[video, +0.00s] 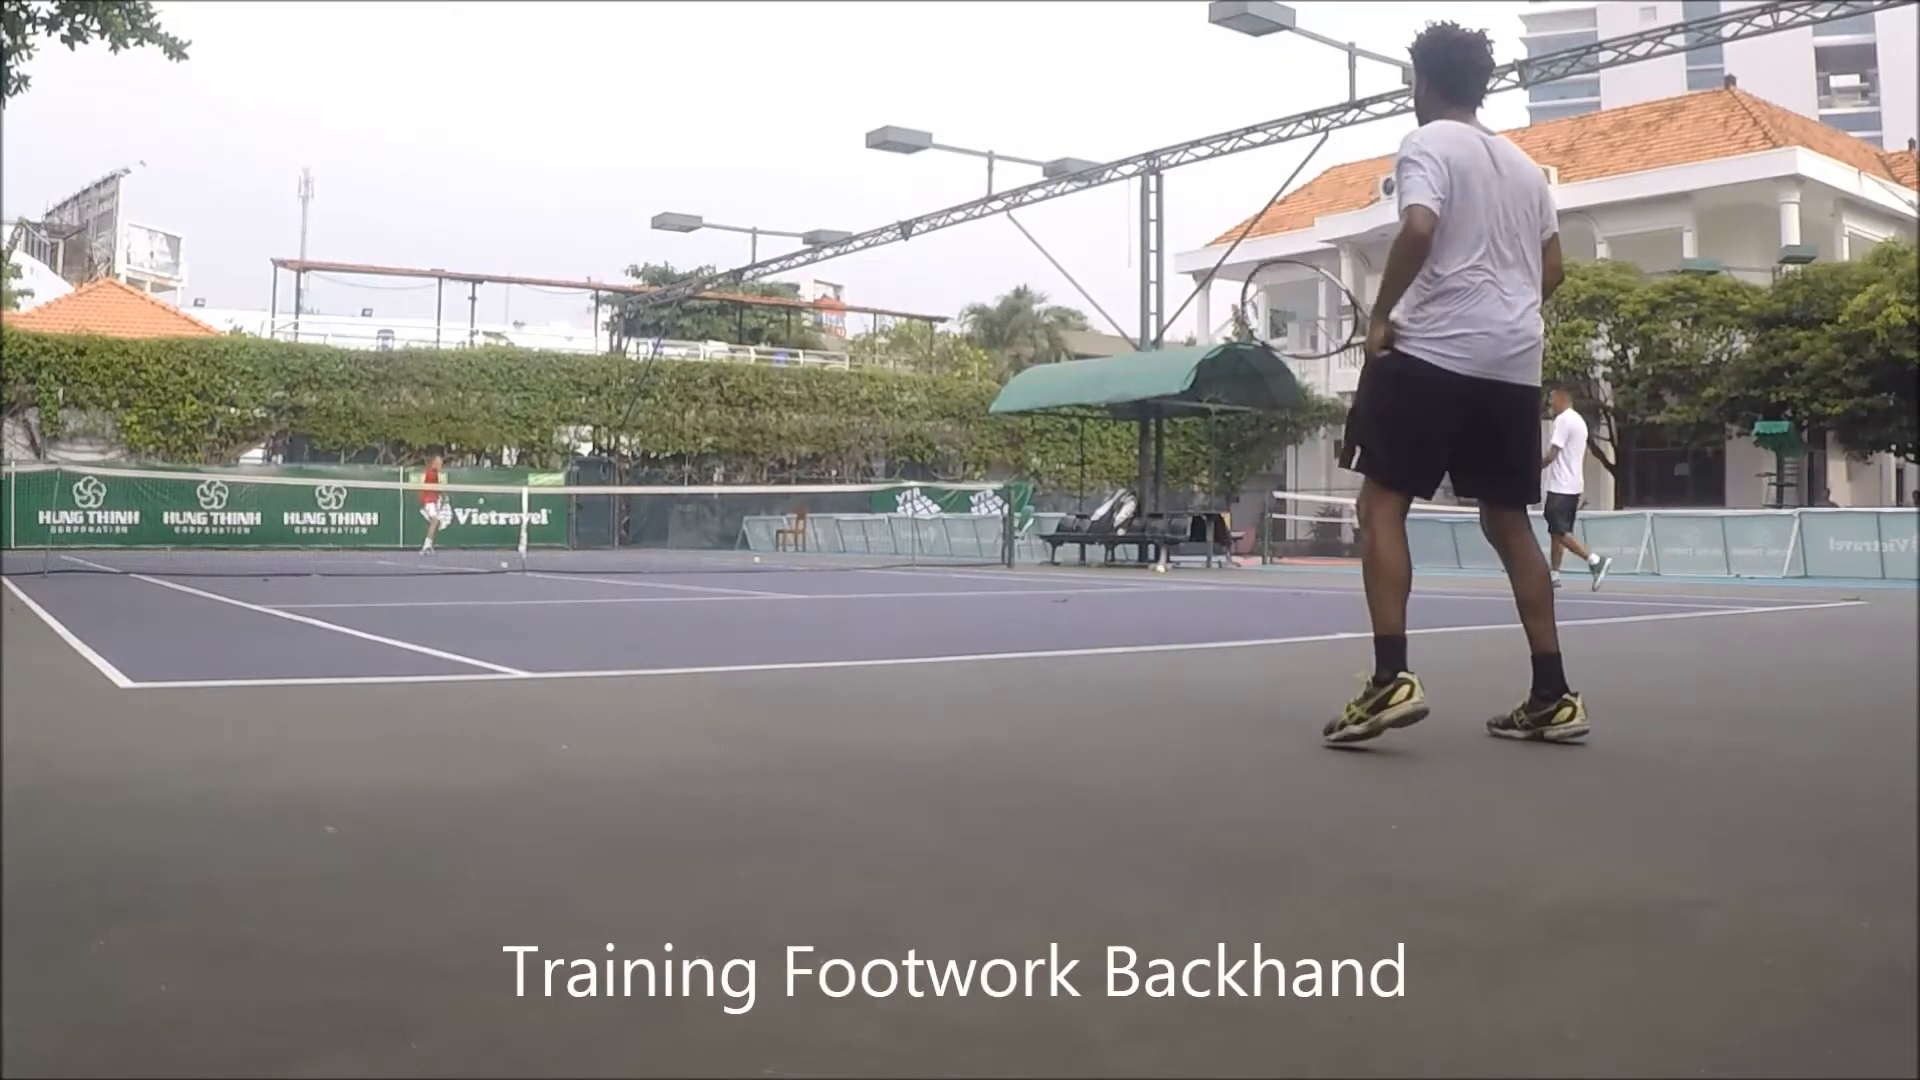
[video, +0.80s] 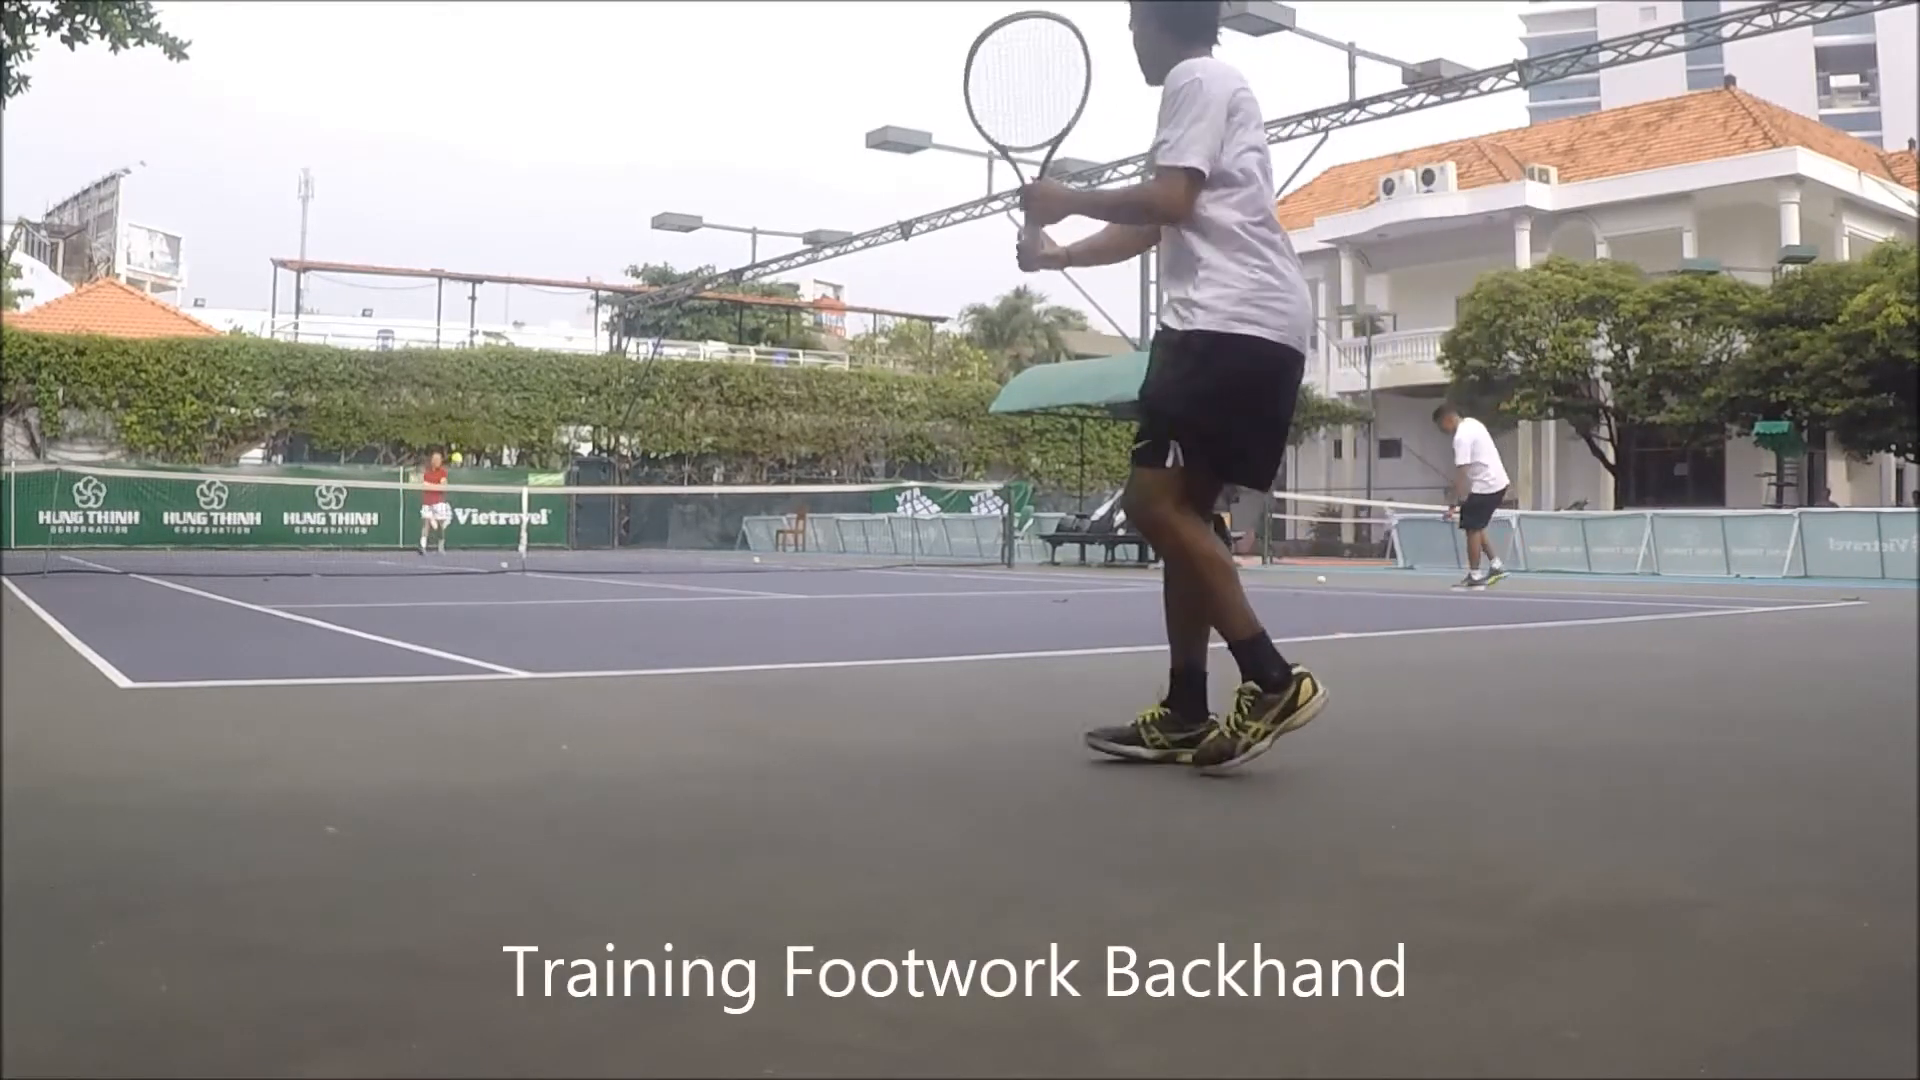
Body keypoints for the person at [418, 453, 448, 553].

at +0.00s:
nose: (440, 465)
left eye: (441, 462)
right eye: (438, 462)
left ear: (439, 463)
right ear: (432, 462)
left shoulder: (435, 474)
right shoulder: (430, 473)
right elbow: (430, 487)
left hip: (434, 500)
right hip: (429, 500)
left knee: (435, 521)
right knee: (435, 520)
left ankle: (429, 545)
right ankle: (427, 545)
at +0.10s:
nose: (439, 463)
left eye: (440, 460)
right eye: (437, 461)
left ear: (441, 461)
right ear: (431, 461)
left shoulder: (442, 472)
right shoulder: (422, 473)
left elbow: (444, 486)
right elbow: (420, 487)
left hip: (439, 499)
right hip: (427, 499)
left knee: (436, 522)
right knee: (430, 519)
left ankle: (424, 541)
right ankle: (426, 544)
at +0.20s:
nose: (438, 466)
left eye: (440, 464)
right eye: (435, 464)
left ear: (442, 463)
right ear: (431, 461)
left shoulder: (441, 472)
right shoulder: (426, 471)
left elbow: (442, 485)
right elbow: (425, 484)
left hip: (436, 498)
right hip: (427, 497)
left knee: (435, 521)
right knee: (430, 519)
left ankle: (420, 540)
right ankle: (425, 545)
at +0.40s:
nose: (438, 459)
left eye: (440, 456)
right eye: (436, 456)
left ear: (441, 457)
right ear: (430, 456)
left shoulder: (441, 468)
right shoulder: (424, 467)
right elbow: (417, 472)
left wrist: (422, 457)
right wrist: (417, 462)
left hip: (438, 493)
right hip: (429, 493)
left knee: (438, 519)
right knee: (431, 517)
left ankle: (423, 538)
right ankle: (426, 543)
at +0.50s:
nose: (438, 459)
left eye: (439, 457)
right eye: (435, 457)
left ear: (442, 458)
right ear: (429, 457)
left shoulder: (442, 468)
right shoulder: (424, 467)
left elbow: (438, 464)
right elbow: (416, 474)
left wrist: (423, 459)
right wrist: (417, 461)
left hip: (438, 493)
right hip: (428, 493)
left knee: (438, 522)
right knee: (431, 517)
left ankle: (426, 537)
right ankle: (426, 542)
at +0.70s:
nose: (437, 459)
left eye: (439, 457)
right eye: (435, 457)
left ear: (442, 459)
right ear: (431, 458)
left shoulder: (443, 469)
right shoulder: (427, 468)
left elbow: (439, 480)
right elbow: (421, 477)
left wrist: (424, 477)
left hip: (438, 495)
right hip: (427, 496)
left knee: (440, 520)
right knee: (427, 520)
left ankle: (441, 544)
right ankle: (425, 543)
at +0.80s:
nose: (436, 461)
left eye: (438, 459)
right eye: (434, 459)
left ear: (442, 460)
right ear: (430, 460)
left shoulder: (442, 472)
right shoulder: (427, 472)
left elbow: (443, 486)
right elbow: (423, 484)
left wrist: (428, 485)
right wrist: (438, 486)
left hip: (439, 502)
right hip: (427, 503)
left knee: (441, 526)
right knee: (426, 525)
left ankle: (441, 547)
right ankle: (423, 546)